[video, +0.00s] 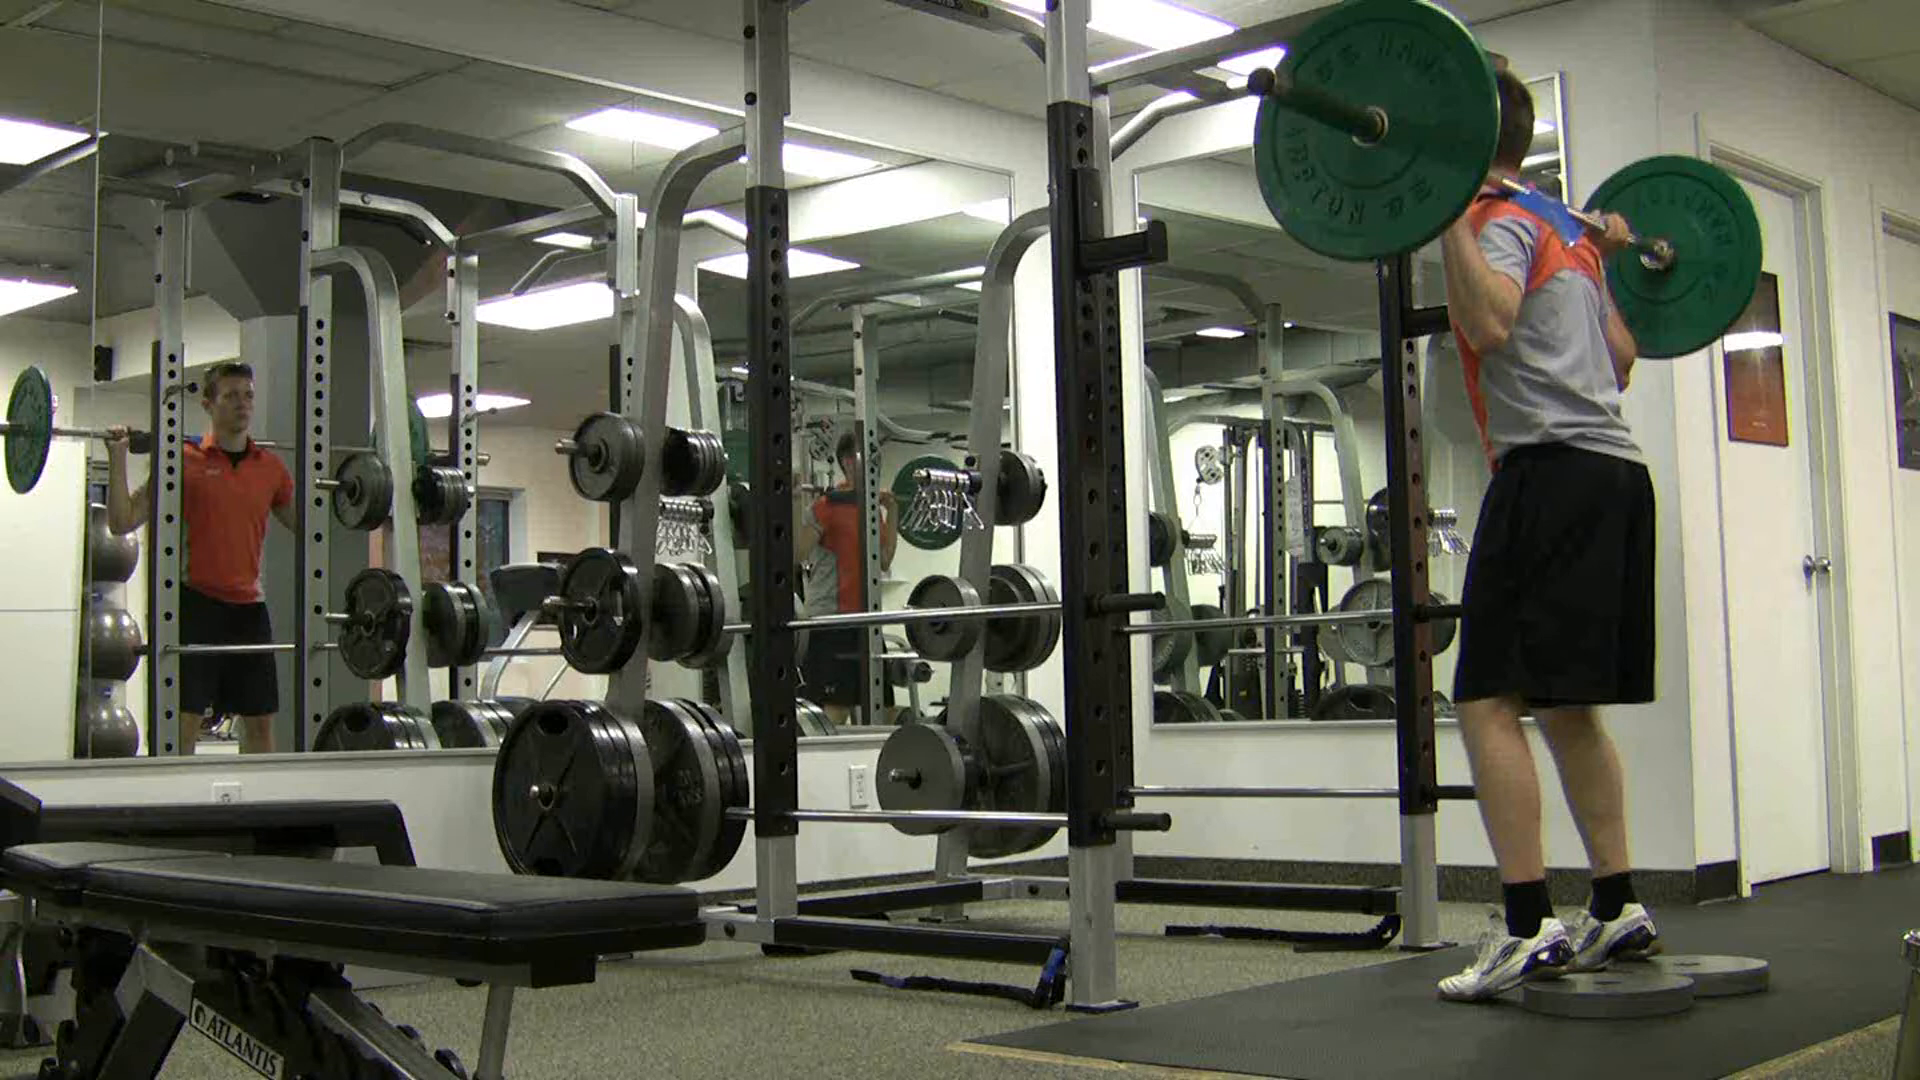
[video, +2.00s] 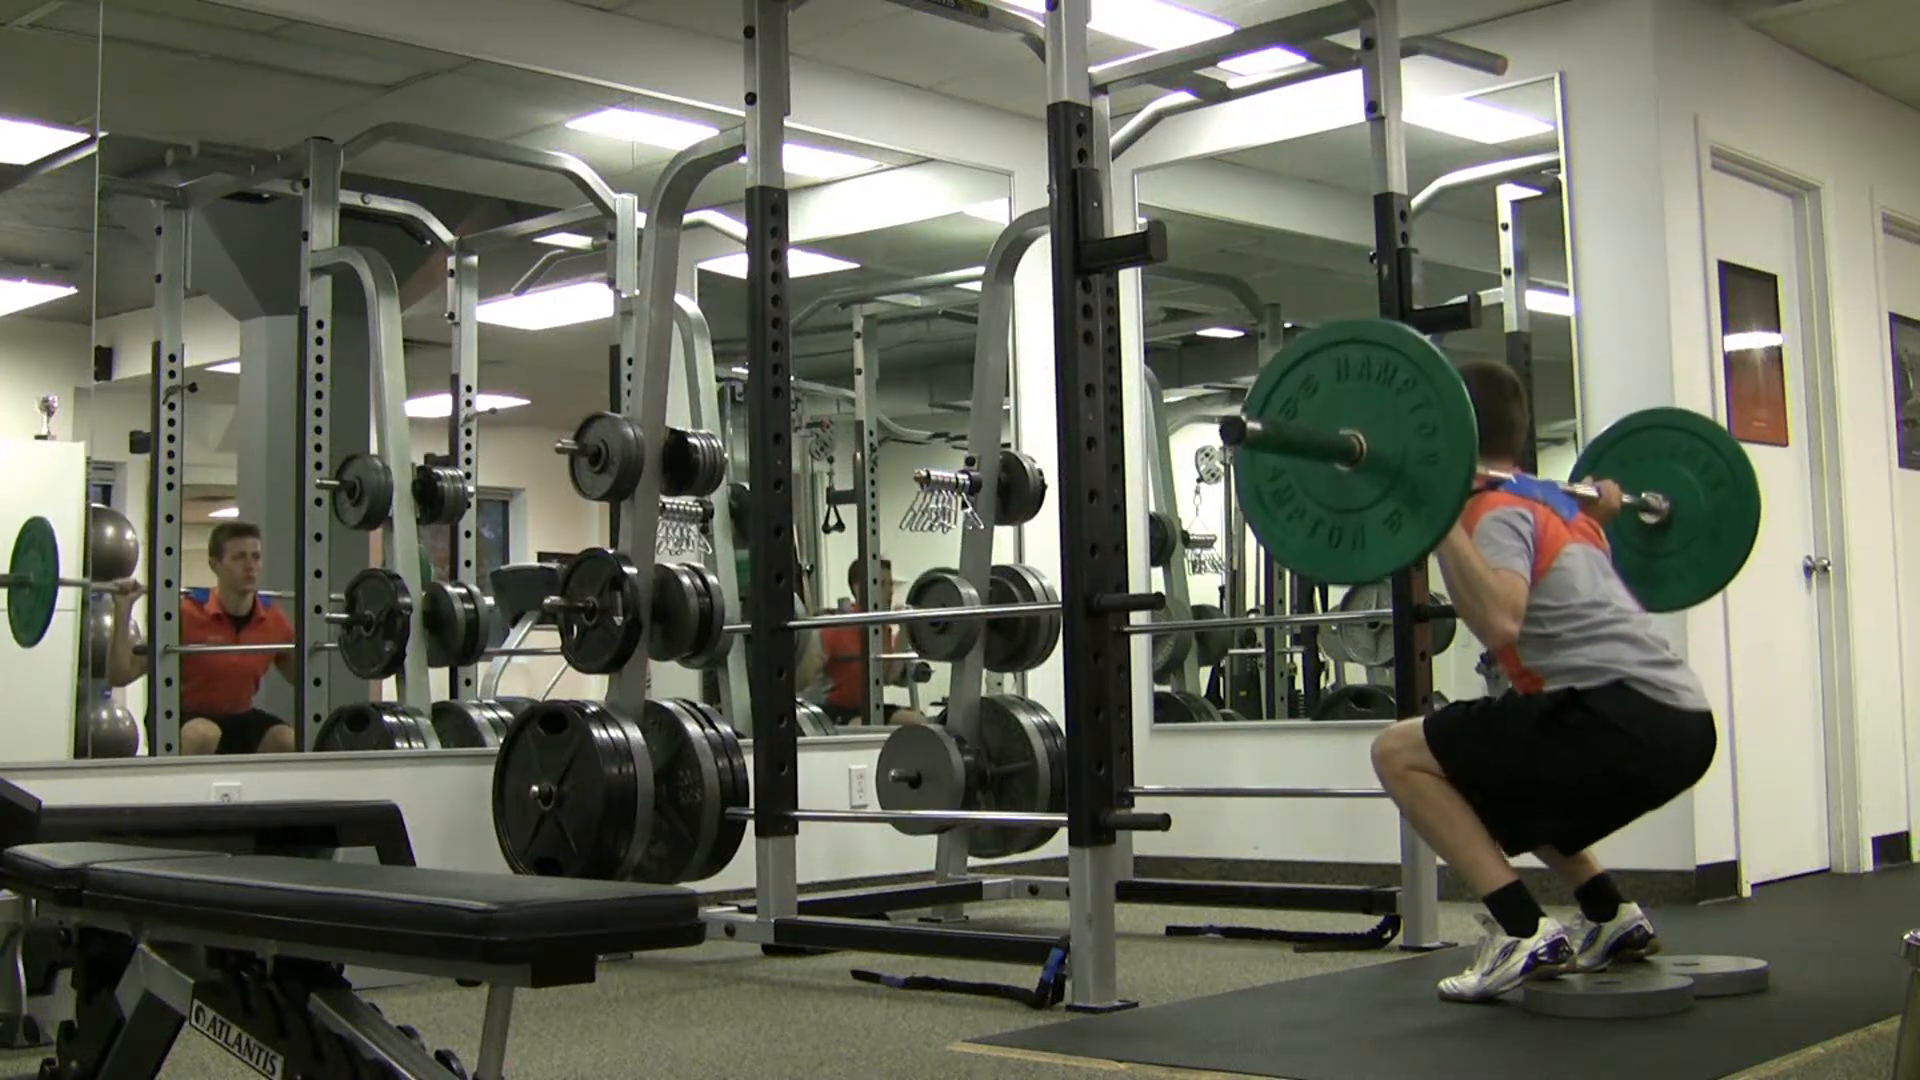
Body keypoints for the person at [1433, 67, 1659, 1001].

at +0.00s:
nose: (1443, 152)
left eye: (1449, 131)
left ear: (1469, 141)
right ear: (1526, 141)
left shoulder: (1499, 216)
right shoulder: (1572, 226)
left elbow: (1490, 325)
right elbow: (1620, 356)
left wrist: (1447, 217)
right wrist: (1607, 253)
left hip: (1546, 480)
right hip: (1611, 479)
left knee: (1486, 702)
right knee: (1569, 703)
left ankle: (1526, 930)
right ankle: (1616, 909)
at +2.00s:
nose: (1434, 436)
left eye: (1439, 423)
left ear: (1449, 435)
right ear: (1523, 437)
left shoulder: (1497, 510)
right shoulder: (1564, 503)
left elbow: (1499, 622)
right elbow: (1586, 542)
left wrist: (1436, 514)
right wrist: (1599, 509)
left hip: (1619, 715)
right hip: (1682, 726)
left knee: (1399, 752)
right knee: (1501, 776)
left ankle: (1523, 931)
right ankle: (1611, 913)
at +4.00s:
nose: (1439, 157)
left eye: (1445, 135)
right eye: (1452, 133)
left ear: (1467, 146)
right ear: (1521, 148)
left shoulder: (1499, 222)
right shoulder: (1568, 233)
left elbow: (1492, 329)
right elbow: (1623, 362)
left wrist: (1443, 222)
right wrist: (1605, 257)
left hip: (1547, 483)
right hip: (1612, 485)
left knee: (1476, 705)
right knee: (1561, 709)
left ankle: (1527, 928)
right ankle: (1617, 910)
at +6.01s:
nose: (1427, 348)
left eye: (1431, 333)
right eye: (1427, 335)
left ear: (1450, 339)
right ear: (1511, 340)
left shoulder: (1493, 407)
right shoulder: (1557, 409)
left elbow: (1492, 521)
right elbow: (1603, 504)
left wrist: (1431, 419)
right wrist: (1592, 422)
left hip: (1601, 620)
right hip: (1677, 622)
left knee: (1416, 739)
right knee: (1511, 761)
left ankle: (1522, 927)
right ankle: (1613, 911)